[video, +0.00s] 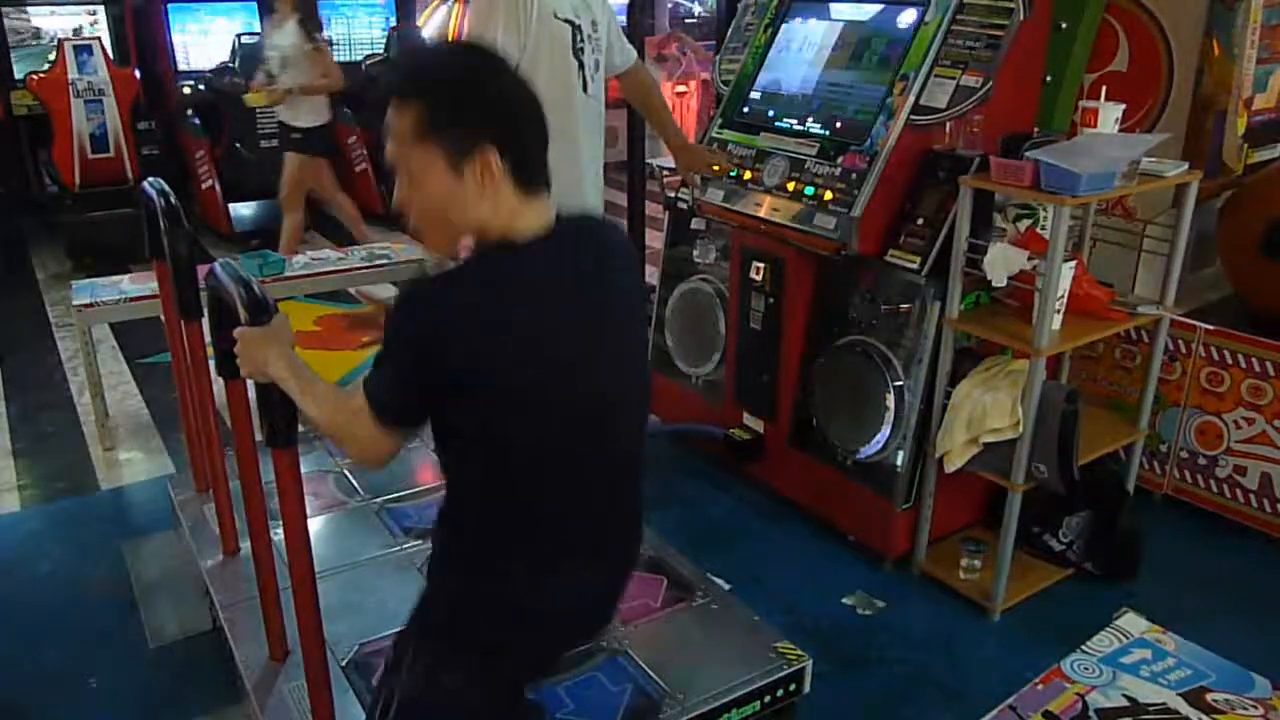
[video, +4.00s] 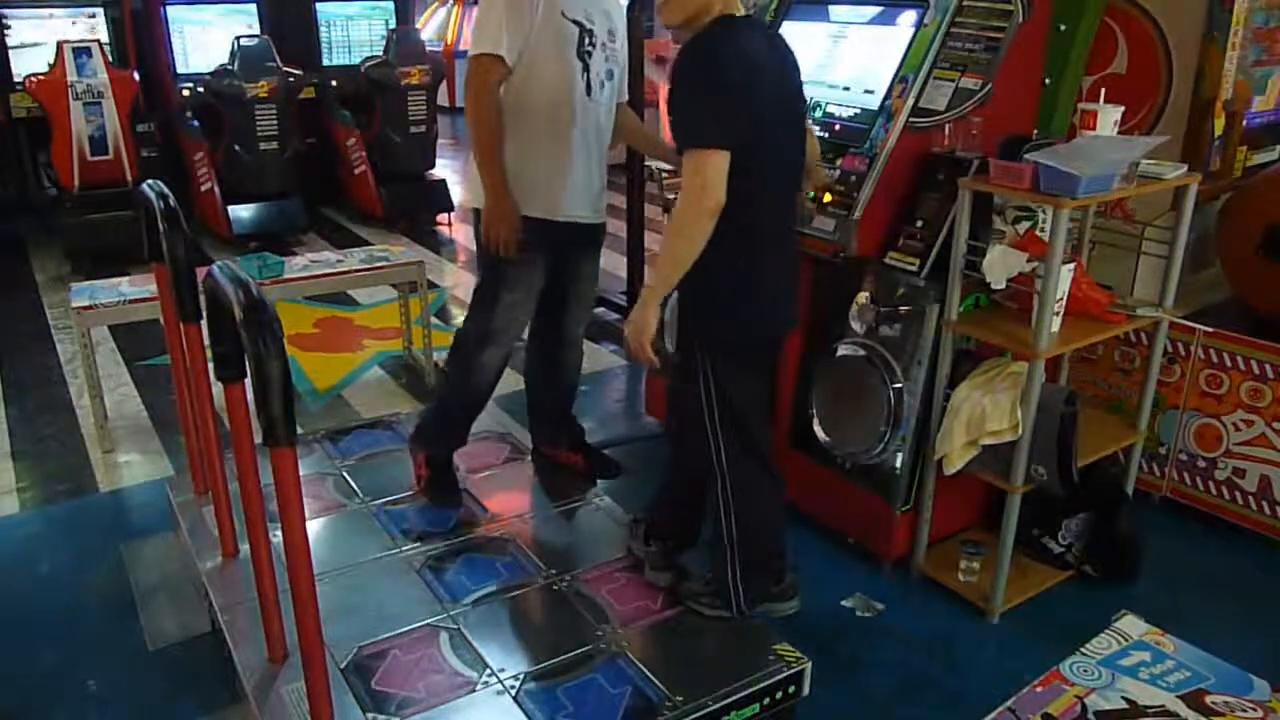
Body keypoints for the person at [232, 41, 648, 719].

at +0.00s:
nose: (398, 200)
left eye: (405, 173)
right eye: (394, 176)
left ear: (484, 167)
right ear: (492, 167)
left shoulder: (439, 309)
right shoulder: (608, 249)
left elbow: (368, 441)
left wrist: (286, 367)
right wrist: (416, 314)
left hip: (492, 602)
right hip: (600, 576)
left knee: (415, 700)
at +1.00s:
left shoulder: (421, 41)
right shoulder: (585, 37)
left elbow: (383, 156)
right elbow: (636, 171)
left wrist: (276, 255)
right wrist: (678, 262)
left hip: (458, 307)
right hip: (555, 306)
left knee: (475, 472)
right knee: (560, 473)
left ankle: (494, 612)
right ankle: (522, 637)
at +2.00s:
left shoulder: (604, 27)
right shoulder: (737, 44)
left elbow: (570, 146)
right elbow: (792, 141)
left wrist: (533, 237)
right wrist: (807, 183)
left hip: (613, 253)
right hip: (694, 261)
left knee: (623, 411)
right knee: (682, 408)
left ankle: (648, 577)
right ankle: (675, 559)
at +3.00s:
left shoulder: (642, 38)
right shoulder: (759, 38)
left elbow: (628, 172)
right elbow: (807, 151)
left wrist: (594, 277)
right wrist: (808, 189)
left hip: (667, 268)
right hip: (737, 266)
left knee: (676, 426)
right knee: (696, 414)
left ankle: (742, 564)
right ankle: (665, 531)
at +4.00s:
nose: (659, 5)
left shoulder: (707, 57)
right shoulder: (767, 46)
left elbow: (703, 197)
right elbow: (808, 164)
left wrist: (651, 296)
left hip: (721, 289)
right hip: (761, 282)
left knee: (733, 437)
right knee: (699, 423)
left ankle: (757, 581)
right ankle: (667, 538)